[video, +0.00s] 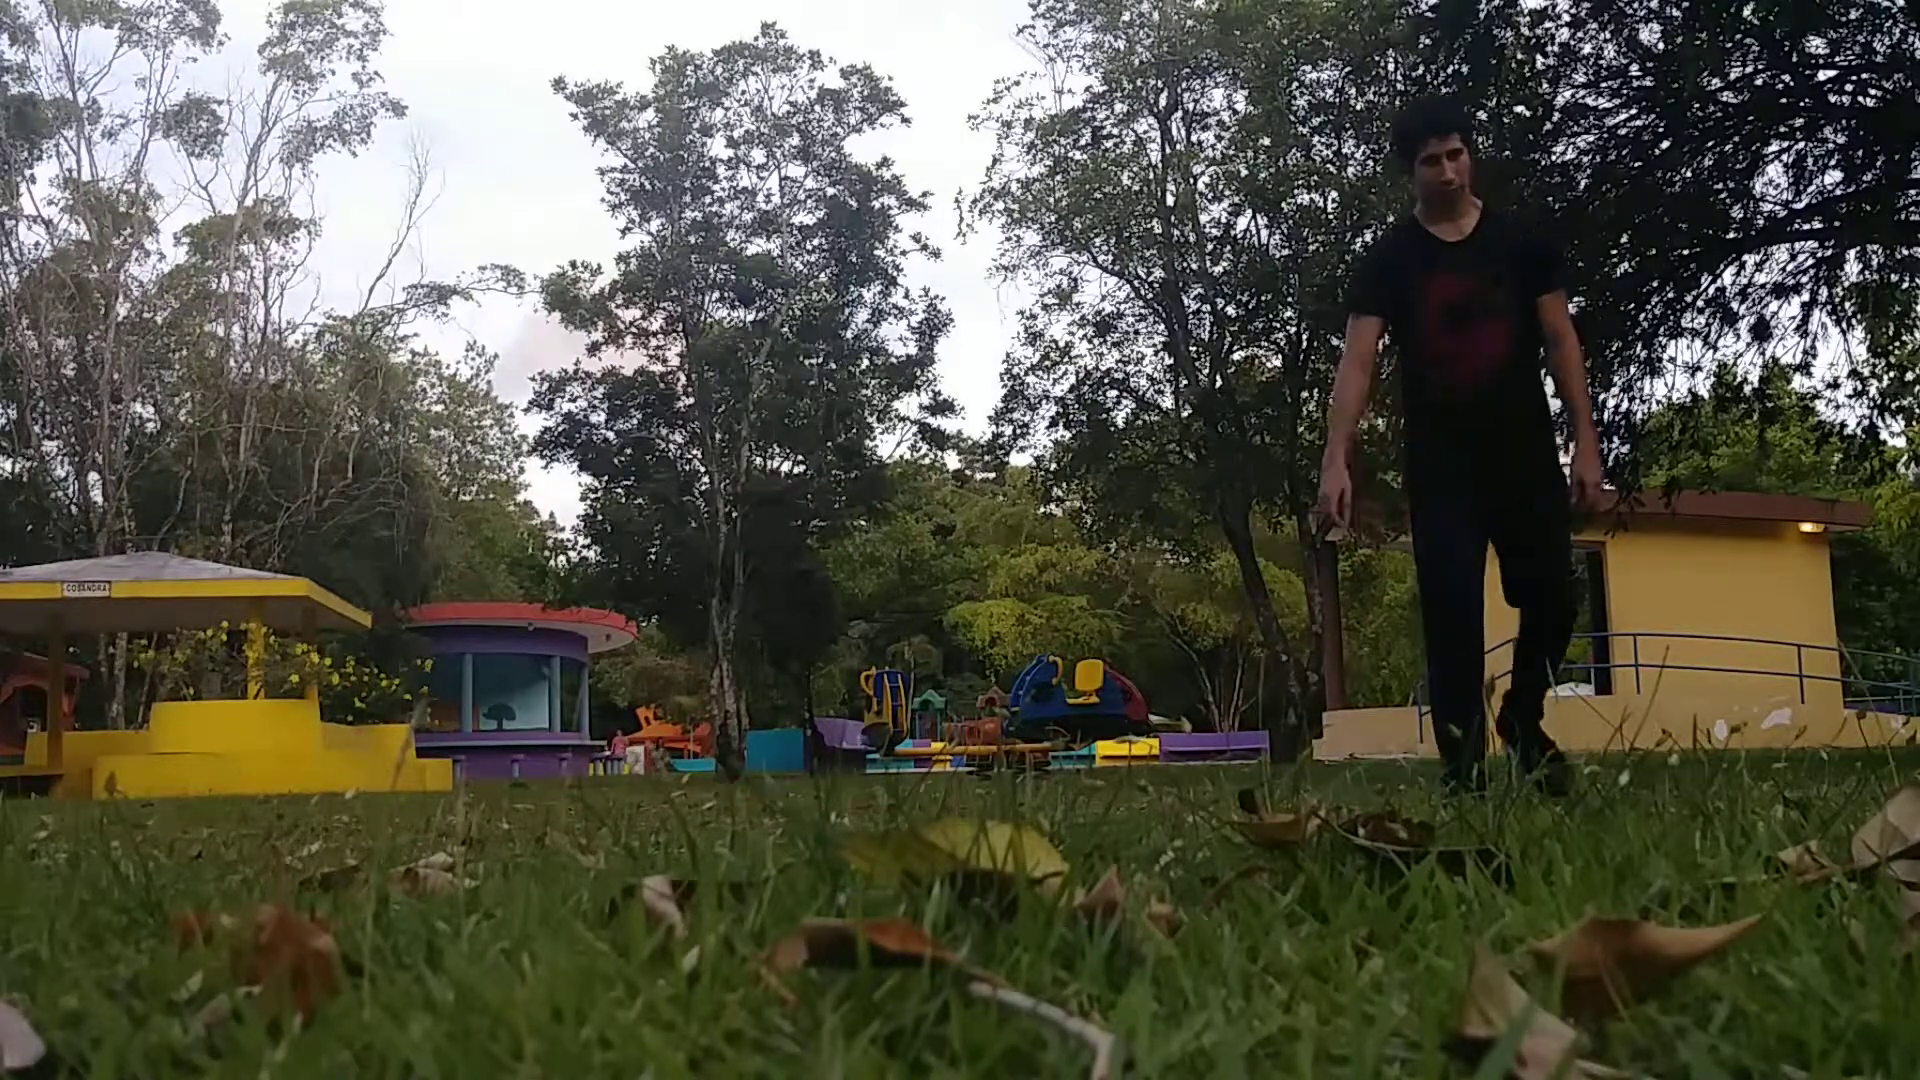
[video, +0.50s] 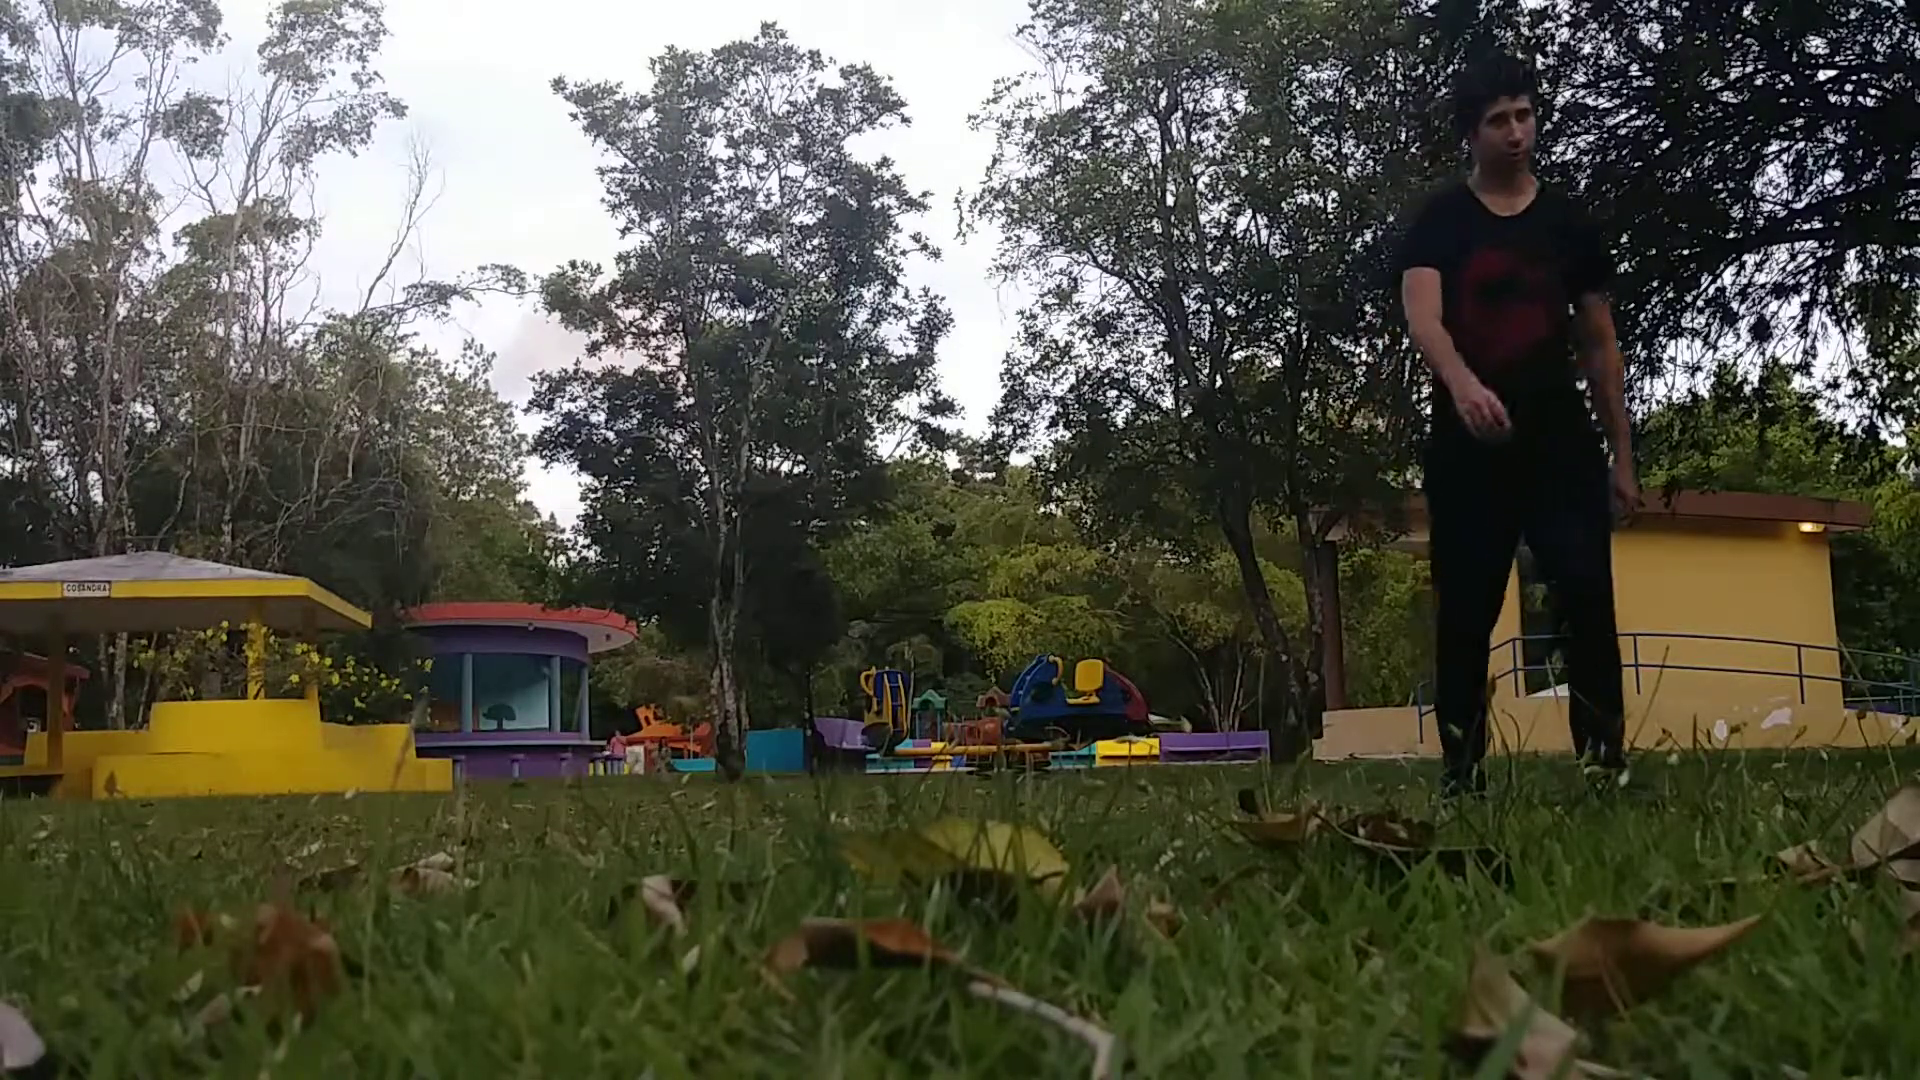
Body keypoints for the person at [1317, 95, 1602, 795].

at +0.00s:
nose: (1447, 169)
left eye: (1456, 155)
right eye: (1432, 160)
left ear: (1472, 160)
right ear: (1409, 171)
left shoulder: (1521, 241)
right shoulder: (1387, 259)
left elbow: (1561, 340)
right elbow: (1357, 360)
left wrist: (1587, 442)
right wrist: (1335, 458)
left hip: (1524, 455)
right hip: (1440, 463)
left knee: (1553, 603)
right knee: (1450, 615)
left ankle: (1521, 723)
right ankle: (1461, 764)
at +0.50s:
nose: (1517, 131)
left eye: (1525, 117)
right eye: (1500, 120)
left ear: (1536, 124)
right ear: (1468, 133)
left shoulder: (1570, 223)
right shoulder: (1438, 218)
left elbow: (1601, 343)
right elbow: (1421, 318)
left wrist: (1621, 453)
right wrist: (1461, 381)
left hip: (1560, 437)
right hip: (1470, 442)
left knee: (1588, 600)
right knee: (1465, 613)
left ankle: (1604, 765)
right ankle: (1463, 772)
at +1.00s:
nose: (1581, 73)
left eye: (1591, 58)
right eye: (1563, 61)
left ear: (1604, 68)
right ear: (1529, 78)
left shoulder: (1644, 173)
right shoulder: (1487, 184)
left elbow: (1683, 283)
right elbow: (1453, 305)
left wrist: (1702, 385)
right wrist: (1421, 419)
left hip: (1618, 414)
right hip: (1519, 417)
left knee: (1619, 592)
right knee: (1525, 585)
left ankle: (1609, 758)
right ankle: (1523, 757)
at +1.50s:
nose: (1580, 22)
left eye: (1589, 8)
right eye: (1559, 10)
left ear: (1602, 21)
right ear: (1525, 31)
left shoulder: (1650, 125)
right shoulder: (1497, 142)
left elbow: (1690, 250)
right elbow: (1445, 270)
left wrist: (1701, 358)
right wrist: (1470, 356)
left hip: (1652, 388)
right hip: (1548, 395)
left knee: (1690, 575)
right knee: (1548, 585)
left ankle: (1621, 724)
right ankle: (1568, 766)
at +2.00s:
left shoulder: (1785, 90)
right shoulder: (1626, 83)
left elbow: (1805, 239)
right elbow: (1608, 226)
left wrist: (1843, 318)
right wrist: (1702, 268)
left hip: (1793, 358)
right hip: (1683, 359)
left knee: (1853, 548)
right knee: (1669, 566)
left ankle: (1854, 761)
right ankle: (1594, 763)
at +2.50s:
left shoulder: (1888, 38)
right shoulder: (1755, 30)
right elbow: (1710, 175)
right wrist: (1732, 75)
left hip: (1896, 309)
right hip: (1791, 309)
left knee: (1913, 526)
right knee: (1786, 528)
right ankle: (1788, 744)